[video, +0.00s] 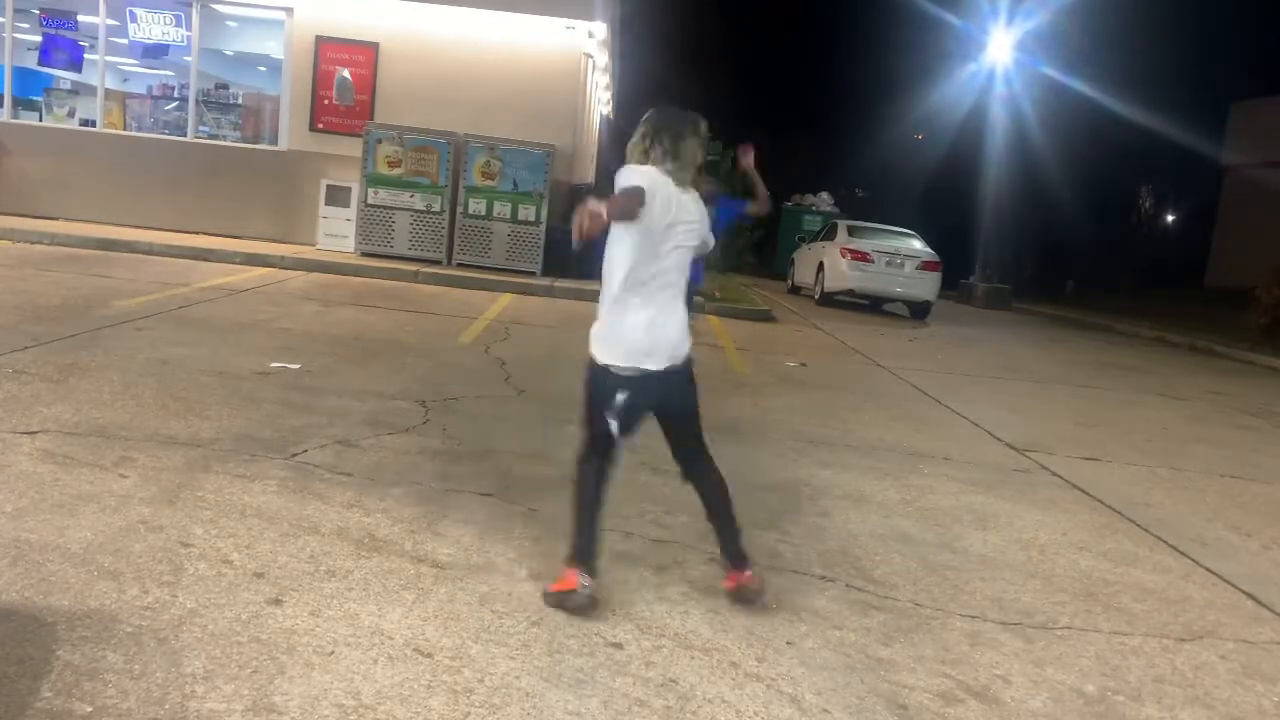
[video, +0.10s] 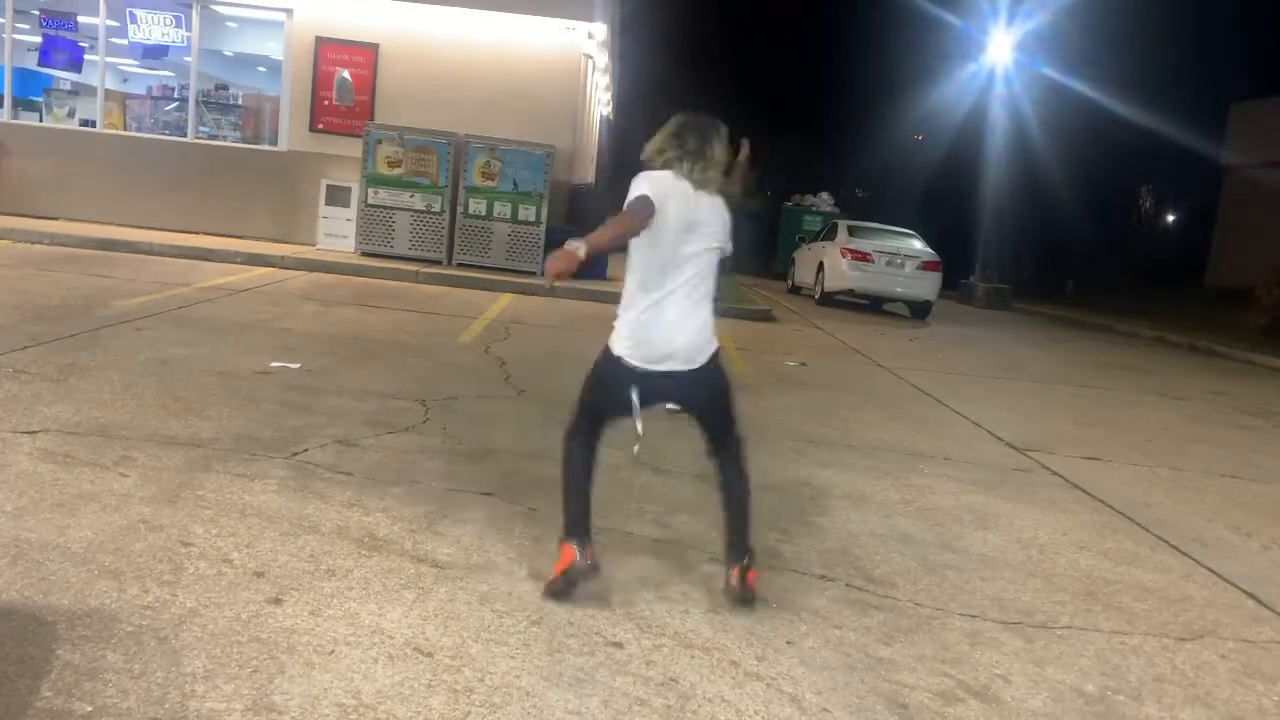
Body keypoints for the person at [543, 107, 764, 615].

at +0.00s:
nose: (628, 146)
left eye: (636, 138)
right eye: (698, 147)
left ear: (645, 141)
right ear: (692, 152)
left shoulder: (637, 175)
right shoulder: (696, 208)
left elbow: (632, 205)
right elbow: (704, 250)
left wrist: (600, 209)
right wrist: (752, 182)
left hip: (616, 357)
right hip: (672, 361)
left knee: (594, 457)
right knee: (695, 458)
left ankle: (580, 571)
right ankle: (738, 566)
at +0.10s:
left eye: (659, 143)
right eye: (719, 153)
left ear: (665, 147)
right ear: (715, 160)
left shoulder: (653, 182)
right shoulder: (717, 208)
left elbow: (633, 220)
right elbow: (720, 242)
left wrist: (580, 247)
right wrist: (730, 182)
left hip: (629, 362)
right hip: (696, 367)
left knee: (582, 434)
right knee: (727, 450)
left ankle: (576, 545)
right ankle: (740, 566)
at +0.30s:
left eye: (721, 174)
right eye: (786, 195)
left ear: (729, 179)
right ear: (780, 194)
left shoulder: (699, 218)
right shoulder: (779, 245)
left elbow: (666, 296)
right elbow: (765, 301)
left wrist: (626, 365)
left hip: (663, 368)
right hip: (712, 386)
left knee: (616, 449)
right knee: (693, 468)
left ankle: (553, 537)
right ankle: (758, 559)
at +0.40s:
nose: (729, 187)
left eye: (734, 180)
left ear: (740, 183)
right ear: (787, 195)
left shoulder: (710, 226)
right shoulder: (785, 251)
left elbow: (681, 309)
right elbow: (772, 320)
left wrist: (654, 384)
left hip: (673, 369)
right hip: (725, 389)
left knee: (602, 416)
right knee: (718, 474)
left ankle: (566, 522)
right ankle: (766, 570)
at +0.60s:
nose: (701, 178)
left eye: (705, 171)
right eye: (704, 172)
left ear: (715, 173)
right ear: (763, 178)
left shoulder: (701, 223)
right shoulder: (774, 237)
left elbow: (683, 311)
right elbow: (791, 319)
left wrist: (651, 381)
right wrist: (782, 360)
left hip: (689, 369)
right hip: (738, 378)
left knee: (618, 425)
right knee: (712, 452)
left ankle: (567, 517)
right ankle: (769, 543)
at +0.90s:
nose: (731, 193)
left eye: (737, 187)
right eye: (736, 186)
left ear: (745, 192)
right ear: (790, 198)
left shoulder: (722, 239)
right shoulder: (803, 252)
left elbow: (694, 320)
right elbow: (828, 328)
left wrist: (661, 393)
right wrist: (817, 357)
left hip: (705, 373)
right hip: (759, 386)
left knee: (625, 378)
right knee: (735, 458)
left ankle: (581, 474)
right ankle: (785, 558)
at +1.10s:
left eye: (757, 178)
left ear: (763, 182)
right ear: (813, 195)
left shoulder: (730, 224)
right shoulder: (813, 254)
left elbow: (689, 295)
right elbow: (854, 322)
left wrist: (633, 361)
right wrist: (876, 348)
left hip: (697, 373)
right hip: (758, 392)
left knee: (617, 417)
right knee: (776, 469)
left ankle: (595, 535)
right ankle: (784, 573)